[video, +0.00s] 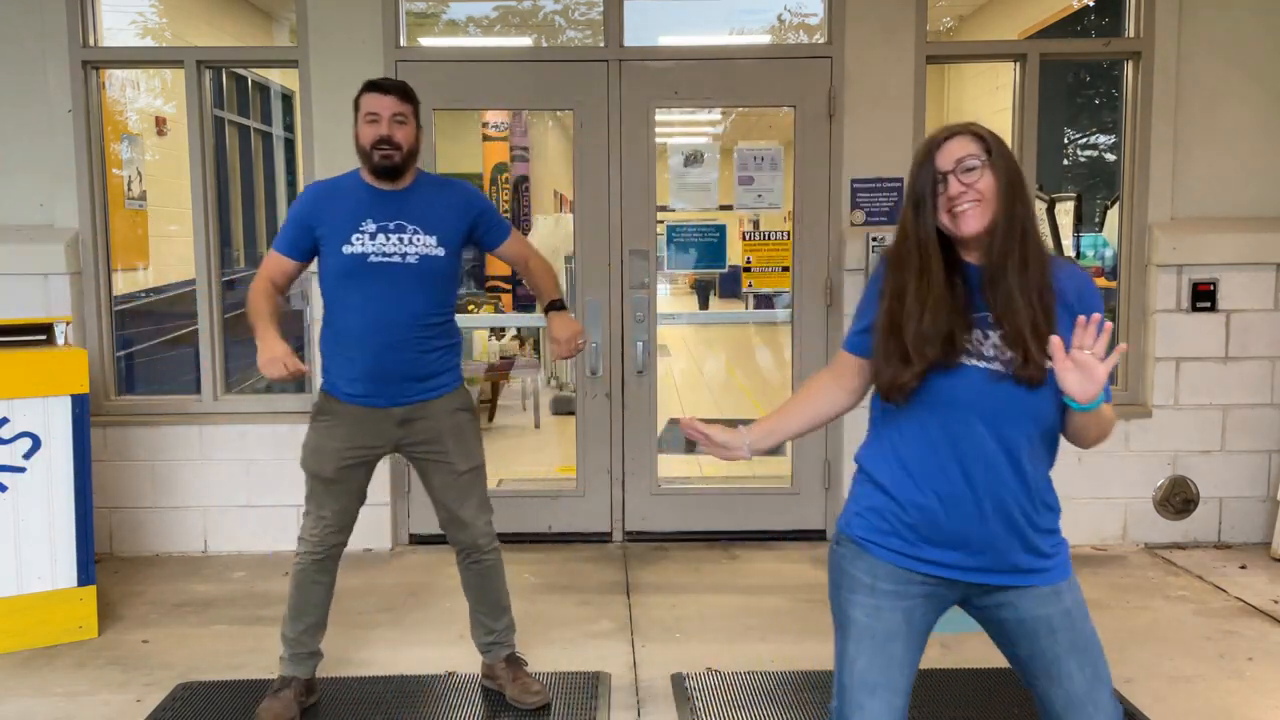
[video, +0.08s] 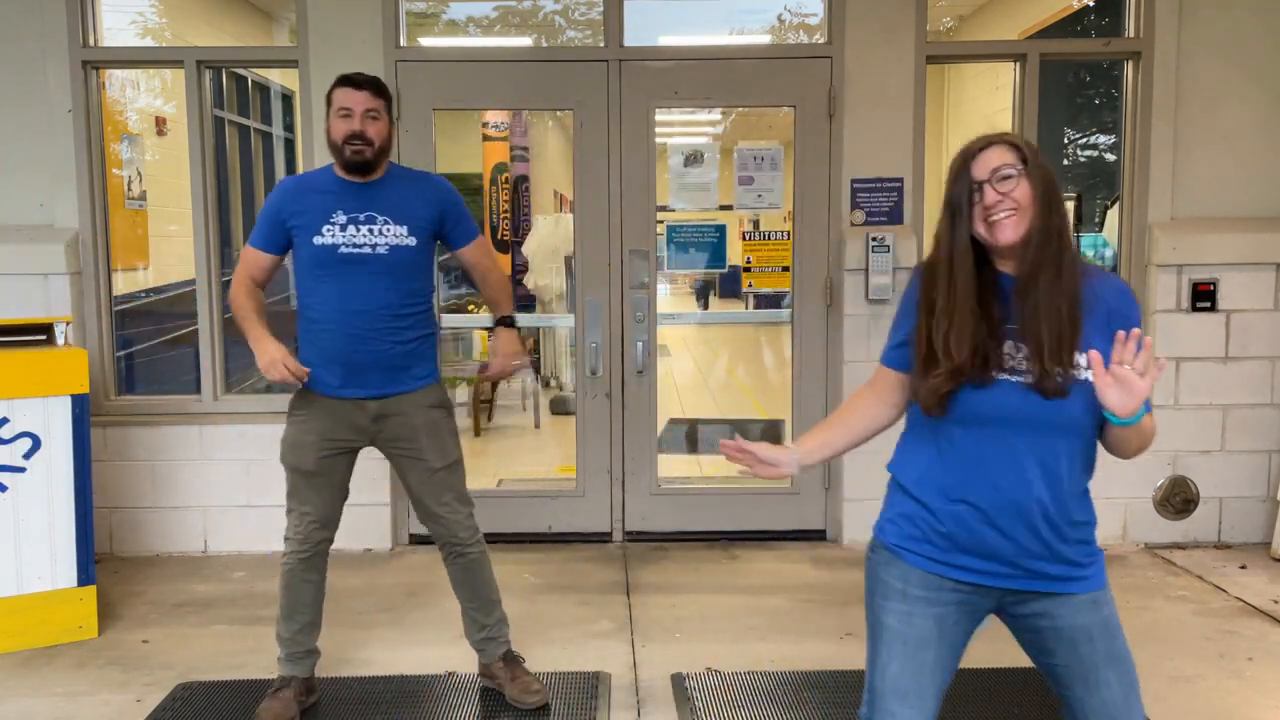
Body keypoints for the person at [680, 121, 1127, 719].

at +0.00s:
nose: (954, 187)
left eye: (969, 169)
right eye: (938, 180)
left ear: (1005, 177)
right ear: (928, 204)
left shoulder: (1066, 288)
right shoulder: (904, 273)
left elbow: (1090, 434)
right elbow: (844, 378)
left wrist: (1085, 401)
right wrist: (750, 438)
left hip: (1021, 551)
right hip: (890, 547)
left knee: (1090, 710)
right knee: (868, 711)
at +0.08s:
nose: (990, 195)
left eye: (1005, 177)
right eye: (974, 189)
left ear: (1041, 186)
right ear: (964, 213)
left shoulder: (1104, 298)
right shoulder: (937, 284)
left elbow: (1129, 445)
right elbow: (887, 390)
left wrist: (1126, 416)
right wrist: (797, 455)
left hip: (1058, 562)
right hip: (926, 555)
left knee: (1119, 713)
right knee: (897, 711)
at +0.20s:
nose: (1033, 191)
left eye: (1048, 174)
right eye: (1016, 185)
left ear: (1084, 186)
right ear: (1003, 209)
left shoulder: (1151, 295)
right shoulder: (977, 289)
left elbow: (1183, 415)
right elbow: (939, 402)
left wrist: (1192, 440)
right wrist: (855, 456)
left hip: (1109, 559)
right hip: (974, 548)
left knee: (1147, 713)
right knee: (929, 712)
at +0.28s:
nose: (1052, 191)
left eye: (1070, 173)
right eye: (1037, 184)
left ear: (1108, 188)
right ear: (1026, 210)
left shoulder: (1178, 294)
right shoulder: (1002, 292)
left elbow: (1231, 422)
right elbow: (962, 407)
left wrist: (1238, 459)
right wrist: (877, 426)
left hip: (1131, 559)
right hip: (997, 546)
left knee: (1160, 712)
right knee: (951, 709)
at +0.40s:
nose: (1069, 184)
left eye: (1088, 169)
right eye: (1055, 176)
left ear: (1124, 184)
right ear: (1041, 204)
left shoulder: (1191, 287)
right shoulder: (1019, 286)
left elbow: (1272, 409)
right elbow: (979, 402)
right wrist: (899, 373)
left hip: (1151, 553)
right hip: (1019, 539)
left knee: (1164, 712)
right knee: (976, 707)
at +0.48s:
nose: (1070, 170)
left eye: (1091, 156)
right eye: (1057, 161)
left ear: (1126, 174)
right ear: (1044, 184)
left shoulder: (1186, 271)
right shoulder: (1029, 276)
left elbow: (1272, 383)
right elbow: (990, 395)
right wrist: (920, 343)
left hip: (1155, 545)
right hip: (1030, 532)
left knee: (1152, 711)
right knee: (999, 703)